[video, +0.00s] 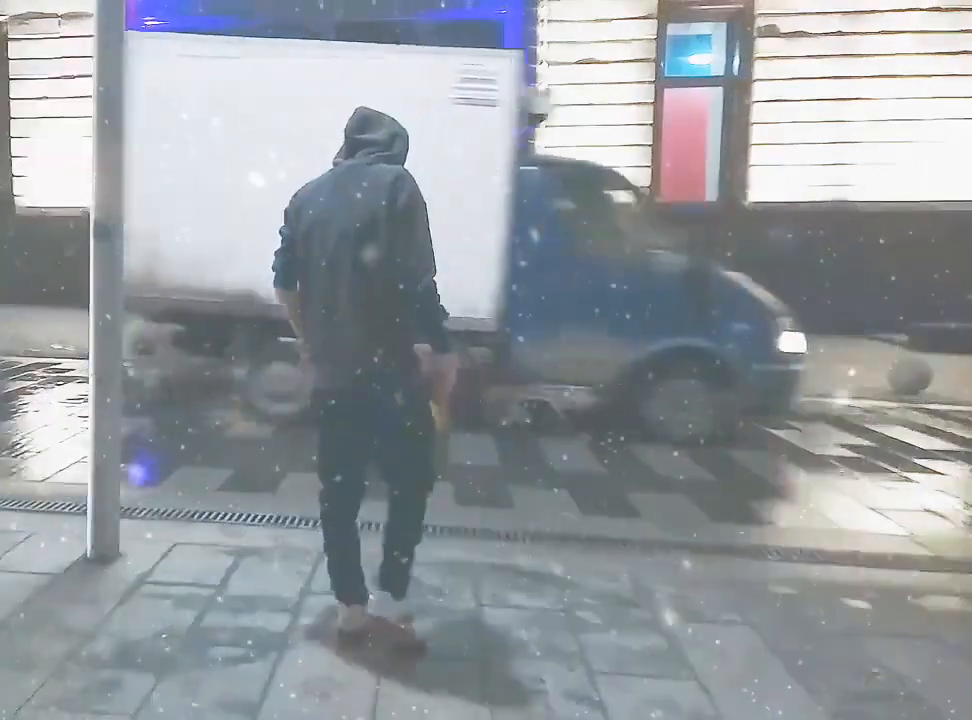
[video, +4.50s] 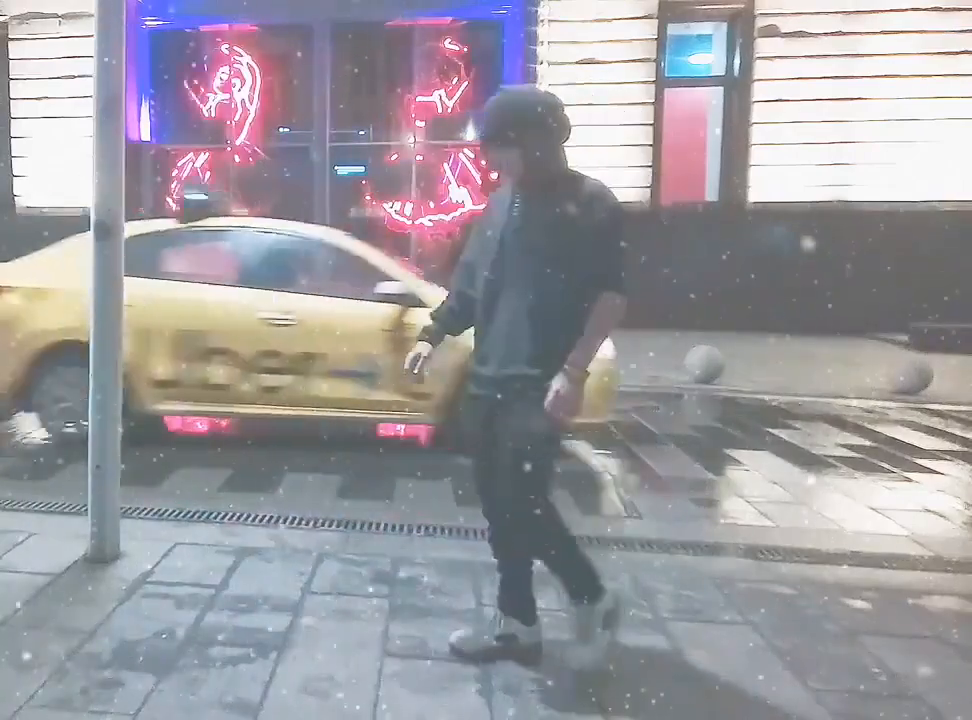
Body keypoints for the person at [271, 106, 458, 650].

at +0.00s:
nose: (400, 160)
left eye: (397, 153)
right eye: (399, 153)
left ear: (348, 146)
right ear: (394, 148)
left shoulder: (307, 196)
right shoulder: (397, 183)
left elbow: (284, 279)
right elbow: (417, 276)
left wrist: (307, 342)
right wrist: (438, 351)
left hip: (332, 368)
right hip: (391, 365)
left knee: (338, 490)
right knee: (412, 480)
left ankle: (351, 612)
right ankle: (392, 607)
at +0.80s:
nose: (476, 167)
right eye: (475, 160)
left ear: (424, 156)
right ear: (468, 160)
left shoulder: (383, 201)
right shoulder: (478, 206)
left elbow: (360, 284)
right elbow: (493, 293)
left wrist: (375, 343)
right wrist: (492, 356)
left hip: (392, 359)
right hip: (451, 360)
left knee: (381, 463)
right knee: (439, 473)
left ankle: (355, 554)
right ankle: (427, 575)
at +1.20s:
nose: (524, 176)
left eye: (524, 167)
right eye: (521, 167)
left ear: (468, 158)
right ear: (505, 164)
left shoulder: (428, 203)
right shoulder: (500, 210)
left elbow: (420, 276)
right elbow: (506, 289)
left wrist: (432, 324)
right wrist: (514, 353)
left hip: (428, 346)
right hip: (472, 352)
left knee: (442, 447)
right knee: (457, 456)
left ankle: (443, 536)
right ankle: (428, 569)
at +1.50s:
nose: (549, 173)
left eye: (551, 164)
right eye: (545, 163)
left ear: (511, 162)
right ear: (520, 160)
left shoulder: (490, 204)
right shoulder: (497, 211)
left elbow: (494, 293)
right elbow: (496, 295)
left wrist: (507, 356)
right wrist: (510, 366)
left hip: (482, 350)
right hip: (482, 353)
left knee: (502, 449)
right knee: (474, 459)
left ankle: (509, 549)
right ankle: (430, 566)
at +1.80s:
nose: (559, 167)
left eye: (563, 157)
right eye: (552, 157)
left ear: (560, 159)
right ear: (525, 156)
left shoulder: (548, 214)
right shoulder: (492, 212)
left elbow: (566, 279)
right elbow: (478, 294)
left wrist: (588, 328)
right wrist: (500, 353)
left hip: (539, 342)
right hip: (502, 344)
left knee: (526, 456)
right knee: (520, 459)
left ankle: (509, 552)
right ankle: (456, 542)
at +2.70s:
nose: (567, 159)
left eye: (575, 149)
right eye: (557, 149)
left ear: (584, 155)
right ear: (534, 151)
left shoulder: (595, 214)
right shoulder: (499, 211)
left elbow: (614, 289)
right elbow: (485, 287)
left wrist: (616, 353)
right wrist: (513, 339)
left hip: (583, 362)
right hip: (524, 363)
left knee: (605, 472)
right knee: (531, 478)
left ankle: (579, 549)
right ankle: (537, 576)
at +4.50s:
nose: (494, 161)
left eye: (503, 148)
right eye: (491, 150)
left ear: (539, 143)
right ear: (499, 149)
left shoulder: (591, 205)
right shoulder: (502, 205)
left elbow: (612, 296)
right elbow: (472, 284)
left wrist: (573, 374)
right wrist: (432, 337)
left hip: (541, 384)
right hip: (490, 379)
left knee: (524, 501)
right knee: (499, 501)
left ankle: (592, 601)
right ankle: (517, 627)